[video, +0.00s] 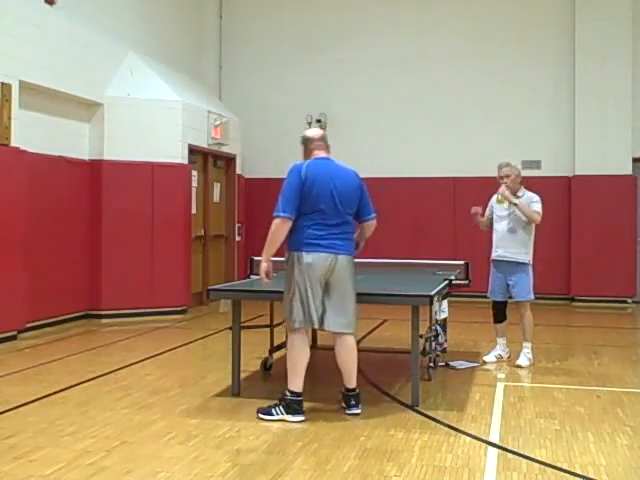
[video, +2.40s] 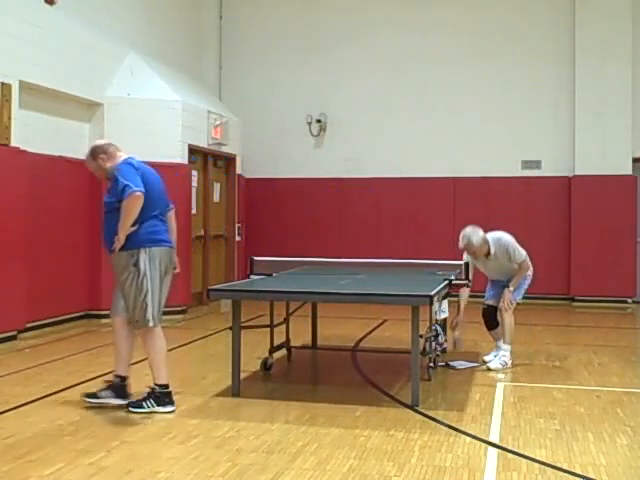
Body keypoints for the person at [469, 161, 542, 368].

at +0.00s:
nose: (505, 181)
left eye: (508, 177)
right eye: (501, 178)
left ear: (519, 177)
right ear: (499, 180)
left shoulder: (531, 198)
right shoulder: (496, 199)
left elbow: (535, 218)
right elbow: (486, 225)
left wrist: (513, 200)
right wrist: (479, 217)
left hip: (521, 260)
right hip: (498, 259)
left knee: (523, 305)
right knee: (497, 304)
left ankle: (526, 349)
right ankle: (501, 347)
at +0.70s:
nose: (499, 187)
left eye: (503, 182)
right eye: (497, 183)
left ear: (515, 181)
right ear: (496, 182)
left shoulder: (529, 201)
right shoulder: (493, 198)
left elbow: (536, 228)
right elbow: (476, 219)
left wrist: (511, 230)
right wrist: (481, 217)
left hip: (518, 261)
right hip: (495, 260)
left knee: (521, 305)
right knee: (496, 304)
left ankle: (526, 350)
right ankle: (501, 346)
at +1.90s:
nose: (483, 194)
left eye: (486, 189)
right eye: (481, 190)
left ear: (497, 184)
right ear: (479, 188)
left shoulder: (513, 203)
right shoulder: (478, 203)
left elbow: (523, 234)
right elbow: (470, 227)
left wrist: (500, 252)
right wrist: (474, 240)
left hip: (508, 263)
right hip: (487, 263)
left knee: (505, 303)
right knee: (491, 304)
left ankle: (513, 349)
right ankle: (500, 345)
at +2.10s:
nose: (476, 209)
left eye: (479, 206)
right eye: (474, 206)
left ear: (490, 200)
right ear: (473, 203)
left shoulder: (509, 212)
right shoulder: (474, 213)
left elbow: (518, 244)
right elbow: (472, 240)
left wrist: (504, 269)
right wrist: (473, 261)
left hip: (510, 263)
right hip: (489, 264)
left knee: (506, 305)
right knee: (489, 306)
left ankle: (506, 352)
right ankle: (499, 346)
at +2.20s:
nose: (471, 223)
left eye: (474, 220)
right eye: (470, 220)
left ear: (485, 214)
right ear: (469, 216)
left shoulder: (507, 222)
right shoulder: (471, 227)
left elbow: (519, 251)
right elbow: (470, 254)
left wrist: (507, 280)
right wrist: (469, 282)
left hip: (514, 267)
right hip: (492, 268)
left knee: (504, 306)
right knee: (488, 309)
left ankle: (506, 352)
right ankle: (500, 346)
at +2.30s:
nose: (470, 239)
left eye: (472, 235)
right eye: (468, 236)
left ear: (483, 229)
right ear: (466, 233)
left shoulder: (505, 232)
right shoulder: (469, 242)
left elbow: (522, 257)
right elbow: (467, 271)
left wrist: (509, 286)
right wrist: (464, 296)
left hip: (517, 271)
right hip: (495, 273)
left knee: (504, 307)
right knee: (488, 310)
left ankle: (506, 352)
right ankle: (499, 347)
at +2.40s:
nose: (470, 255)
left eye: (472, 251)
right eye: (468, 252)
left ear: (482, 244)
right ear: (465, 249)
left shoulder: (503, 241)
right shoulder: (469, 256)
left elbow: (525, 265)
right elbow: (466, 285)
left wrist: (510, 288)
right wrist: (460, 315)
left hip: (518, 274)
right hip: (496, 278)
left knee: (505, 308)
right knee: (488, 312)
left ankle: (506, 353)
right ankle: (500, 348)